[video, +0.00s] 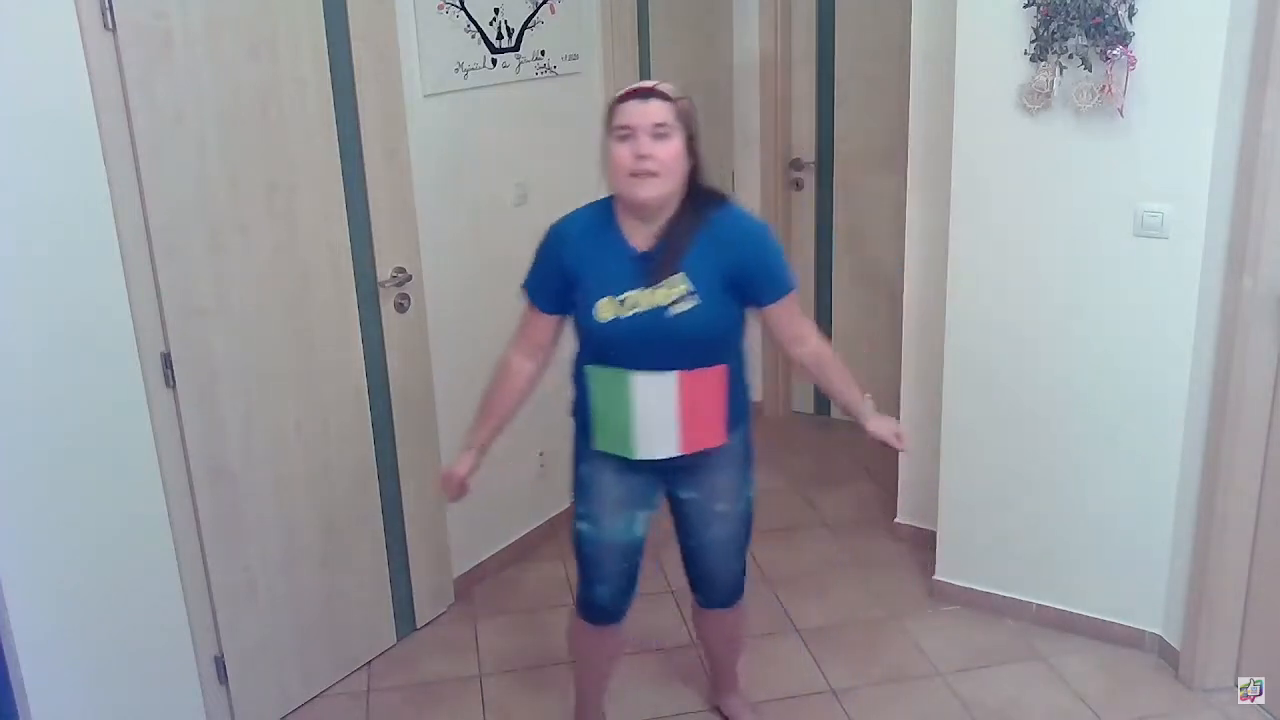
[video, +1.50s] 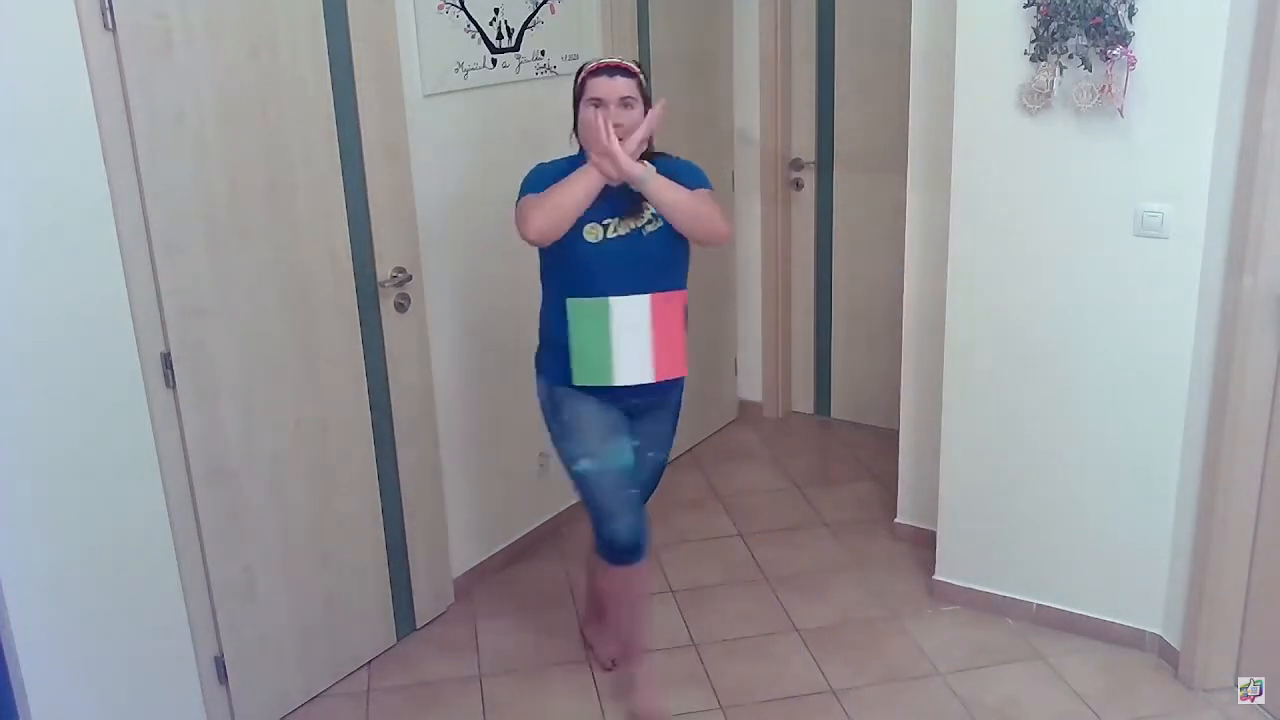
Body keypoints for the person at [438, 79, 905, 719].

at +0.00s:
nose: (642, 151)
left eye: (661, 135)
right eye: (626, 136)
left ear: (689, 153)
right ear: (607, 153)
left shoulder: (736, 236)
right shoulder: (572, 242)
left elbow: (799, 337)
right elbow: (528, 354)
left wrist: (866, 413)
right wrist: (472, 450)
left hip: (713, 446)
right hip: (610, 450)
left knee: (723, 592)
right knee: (600, 602)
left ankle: (727, 697)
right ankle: (589, 711)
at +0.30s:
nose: (561, 197)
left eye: (579, 181)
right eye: (544, 184)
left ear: (608, 194)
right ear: (526, 201)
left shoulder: (660, 272)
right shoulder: (500, 285)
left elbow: (722, 368)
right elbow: (464, 393)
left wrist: (785, 435)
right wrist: (421, 488)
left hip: (657, 450)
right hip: (555, 463)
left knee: (679, 596)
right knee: (570, 618)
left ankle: (629, 658)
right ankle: (588, 712)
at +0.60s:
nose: (547, 174)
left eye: (564, 159)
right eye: (529, 163)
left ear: (592, 175)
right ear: (512, 185)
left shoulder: (642, 247)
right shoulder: (489, 272)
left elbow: (708, 348)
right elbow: (451, 375)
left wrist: (771, 420)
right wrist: (405, 466)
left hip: (636, 439)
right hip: (544, 452)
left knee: (647, 578)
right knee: (574, 593)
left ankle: (607, 645)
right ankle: (586, 711)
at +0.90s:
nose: (565, 135)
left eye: (581, 121)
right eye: (549, 121)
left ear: (603, 133)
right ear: (530, 135)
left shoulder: (646, 202)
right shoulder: (499, 216)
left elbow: (696, 295)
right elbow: (464, 304)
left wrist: (754, 333)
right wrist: (428, 341)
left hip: (634, 409)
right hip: (546, 416)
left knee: (617, 543)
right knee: (567, 565)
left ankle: (603, 618)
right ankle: (579, 706)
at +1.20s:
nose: (590, 128)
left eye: (603, 114)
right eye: (574, 115)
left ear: (623, 121)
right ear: (553, 126)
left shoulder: (659, 179)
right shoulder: (531, 184)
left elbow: (715, 246)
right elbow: (543, 245)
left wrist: (640, 192)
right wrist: (612, 184)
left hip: (638, 391)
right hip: (550, 390)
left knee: (606, 531)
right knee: (552, 541)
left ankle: (597, 619)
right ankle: (574, 669)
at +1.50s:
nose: (611, 117)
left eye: (625, 105)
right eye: (596, 106)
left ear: (647, 114)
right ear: (577, 116)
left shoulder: (676, 173)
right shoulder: (552, 177)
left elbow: (715, 229)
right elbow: (536, 227)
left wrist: (634, 171)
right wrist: (606, 163)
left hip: (658, 382)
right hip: (575, 383)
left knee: (621, 521)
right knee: (625, 532)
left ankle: (598, 616)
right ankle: (635, 670)